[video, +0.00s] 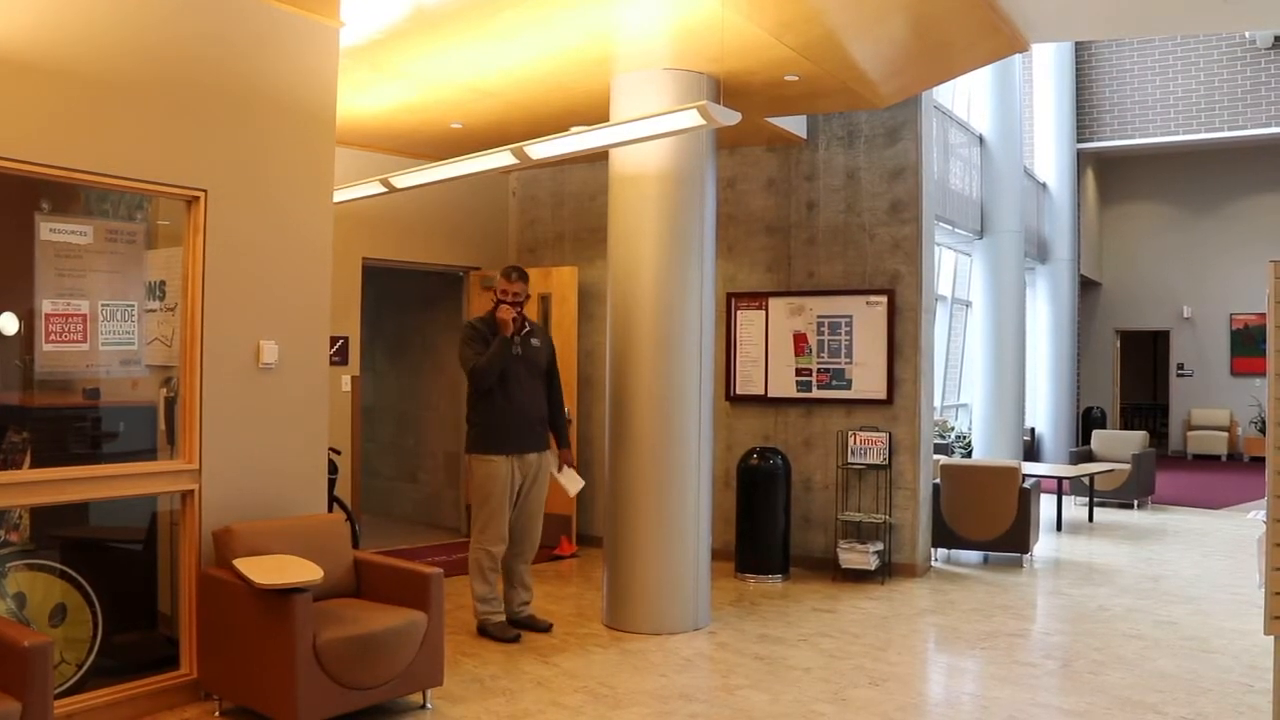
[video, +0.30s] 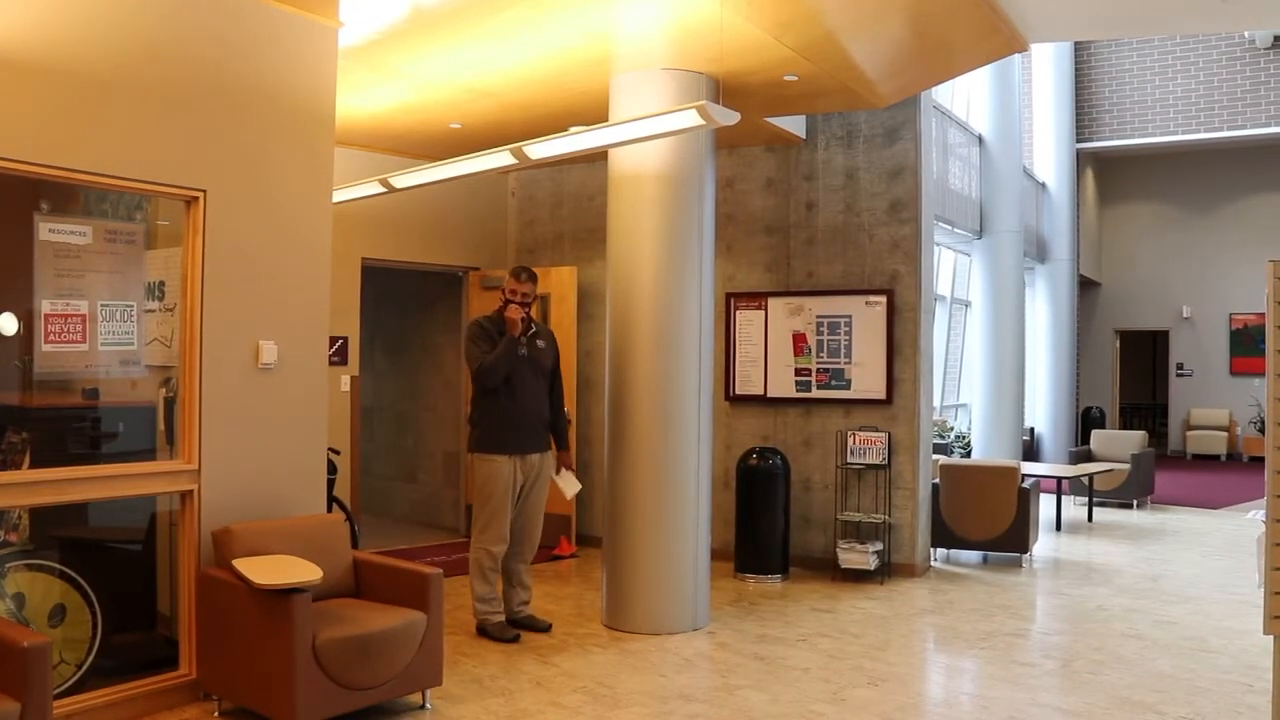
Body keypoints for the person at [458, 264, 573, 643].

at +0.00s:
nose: (510, 302)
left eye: (517, 297)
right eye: (504, 295)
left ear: (527, 297)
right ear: (494, 292)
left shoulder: (539, 336)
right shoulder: (476, 330)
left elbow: (553, 394)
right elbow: (479, 378)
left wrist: (564, 445)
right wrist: (504, 334)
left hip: (535, 450)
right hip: (491, 450)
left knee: (525, 539)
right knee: (490, 539)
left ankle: (519, 610)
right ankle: (488, 616)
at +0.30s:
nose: (519, 303)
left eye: (526, 298)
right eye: (513, 296)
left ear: (535, 298)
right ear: (503, 291)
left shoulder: (545, 337)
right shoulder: (482, 329)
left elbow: (555, 397)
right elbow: (485, 378)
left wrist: (563, 446)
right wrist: (512, 334)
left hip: (537, 450)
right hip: (494, 449)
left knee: (525, 538)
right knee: (491, 539)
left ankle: (518, 609)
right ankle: (488, 616)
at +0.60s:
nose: (525, 303)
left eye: (532, 298)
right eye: (520, 296)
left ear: (541, 297)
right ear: (509, 292)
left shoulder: (549, 337)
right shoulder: (487, 329)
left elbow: (557, 397)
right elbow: (489, 378)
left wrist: (562, 448)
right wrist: (518, 335)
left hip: (539, 449)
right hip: (497, 448)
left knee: (525, 538)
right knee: (492, 537)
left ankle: (517, 609)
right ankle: (488, 616)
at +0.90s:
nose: (533, 303)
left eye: (540, 299)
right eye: (528, 296)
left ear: (549, 301)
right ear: (517, 292)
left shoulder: (555, 339)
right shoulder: (493, 327)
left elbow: (562, 400)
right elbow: (491, 377)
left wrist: (567, 451)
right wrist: (525, 335)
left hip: (539, 449)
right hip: (497, 447)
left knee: (524, 537)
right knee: (493, 536)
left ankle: (516, 609)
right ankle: (488, 615)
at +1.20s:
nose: (536, 303)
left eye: (544, 299)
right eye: (532, 295)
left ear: (554, 302)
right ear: (523, 292)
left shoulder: (558, 341)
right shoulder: (497, 327)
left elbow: (564, 402)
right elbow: (493, 375)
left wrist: (568, 454)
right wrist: (529, 336)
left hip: (539, 450)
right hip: (498, 447)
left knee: (524, 537)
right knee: (492, 536)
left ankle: (516, 609)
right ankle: (487, 616)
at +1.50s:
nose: (538, 304)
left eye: (546, 300)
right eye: (534, 297)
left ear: (557, 303)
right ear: (525, 292)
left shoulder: (561, 343)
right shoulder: (499, 327)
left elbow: (566, 403)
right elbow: (497, 376)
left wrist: (569, 455)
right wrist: (531, 337)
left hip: (542, 451)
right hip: (500, 448)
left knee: (525, 538)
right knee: (494, 537)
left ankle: (517, 609)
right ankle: (488, 616)